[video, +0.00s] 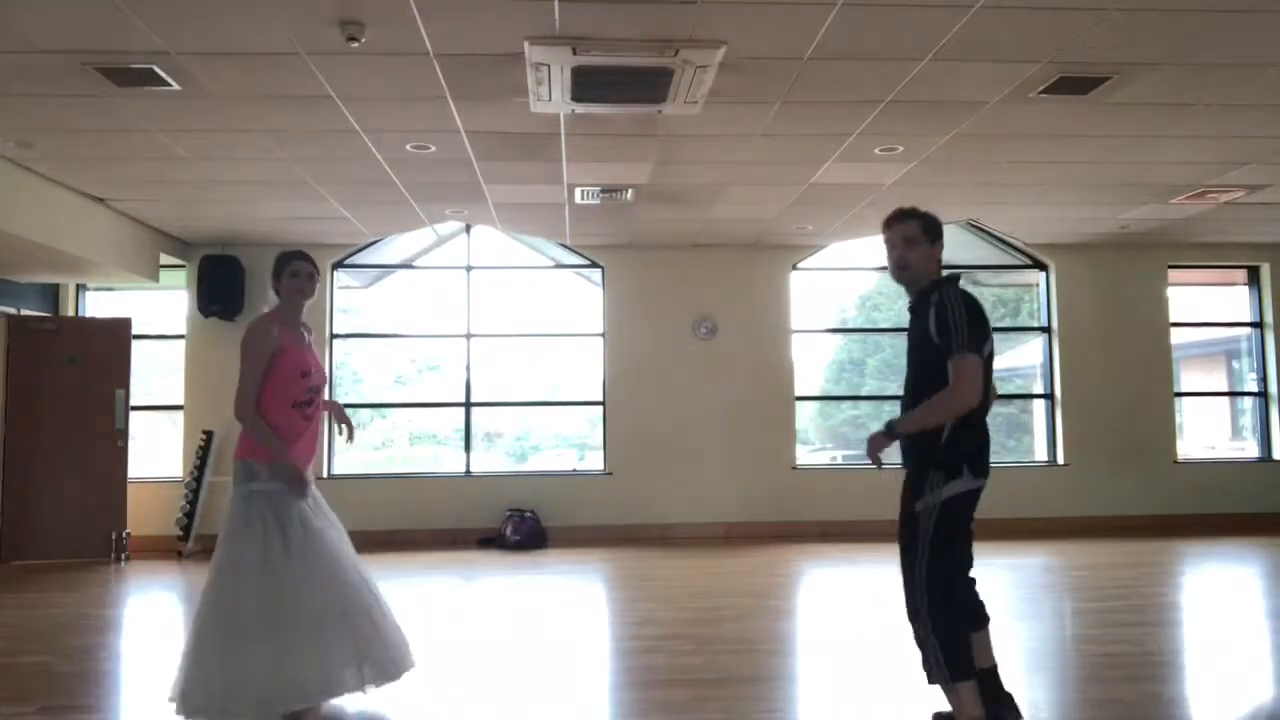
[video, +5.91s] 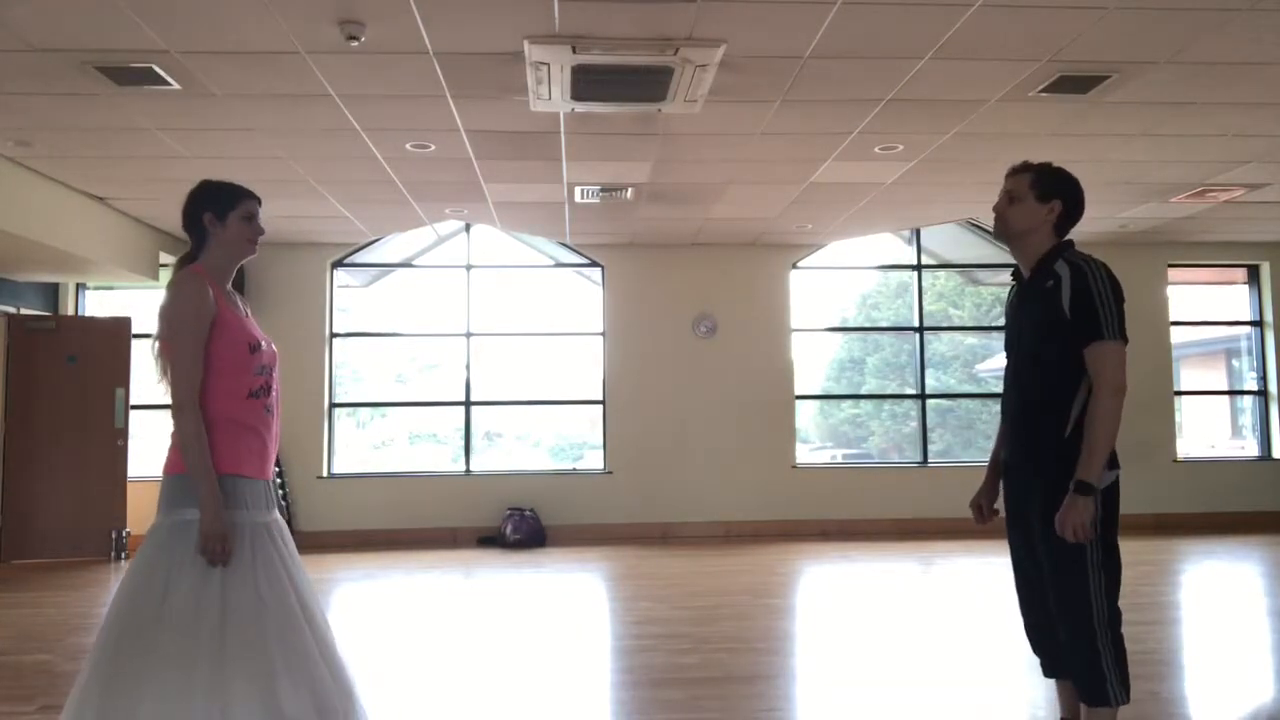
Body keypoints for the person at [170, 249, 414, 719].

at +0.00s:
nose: (303, 282)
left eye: (310, 277)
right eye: (294, 275)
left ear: (316, 286)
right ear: (276, 283)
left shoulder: (304, 332)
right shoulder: (263, 331)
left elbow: (298, 391)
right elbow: (243, 408)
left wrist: (332, 406)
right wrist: (285, 460)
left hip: (291, 469)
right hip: (263, 471)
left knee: (286, 578)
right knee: (279, 579)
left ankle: (286, 689)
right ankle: (280, 693)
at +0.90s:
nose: (273, 282)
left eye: (280, 276)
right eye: (264, 274)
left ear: (286, 285)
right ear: (245, 281)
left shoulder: (279, 333)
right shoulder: (231, 330)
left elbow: (271, 400)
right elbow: (202, 406)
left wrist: (310, 415)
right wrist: (213, 475)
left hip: (275, 479)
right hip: (237, 479)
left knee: (281, 587)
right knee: (234, 589)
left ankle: (279, 692)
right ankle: (225, 696)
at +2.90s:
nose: (260, 218)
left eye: (267, 210)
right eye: (246, 207)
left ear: (272, 222)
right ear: (217, 215)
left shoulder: (251, 288)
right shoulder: (203, 279)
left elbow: (246, 393)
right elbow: (168, 391)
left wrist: (266, 475)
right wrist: (195, 493)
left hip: (245, 492)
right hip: (203, 493)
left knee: (250, 646)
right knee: (202, 649)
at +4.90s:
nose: (270, 226)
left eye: (268, 216)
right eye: (259, 215)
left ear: (227, 220)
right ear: (222, 218)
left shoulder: (239, 292)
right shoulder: (201, 284)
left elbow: (239, 399)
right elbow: (192, 402)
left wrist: (273, 492)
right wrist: (217, 503)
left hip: (261, 496)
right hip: (227, 496)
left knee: (268, 653)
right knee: (224, 655)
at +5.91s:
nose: (260, 231)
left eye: (259, 221)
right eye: (249, 219)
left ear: (223, 226)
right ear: (211, 222)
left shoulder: (230, 297)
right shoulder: (192, 289)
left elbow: (234, 403)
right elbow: (185, 403)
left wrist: (264, 498)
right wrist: (211, 506)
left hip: (249, 498)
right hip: (216, 499)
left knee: (251, 656)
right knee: (213, 659)